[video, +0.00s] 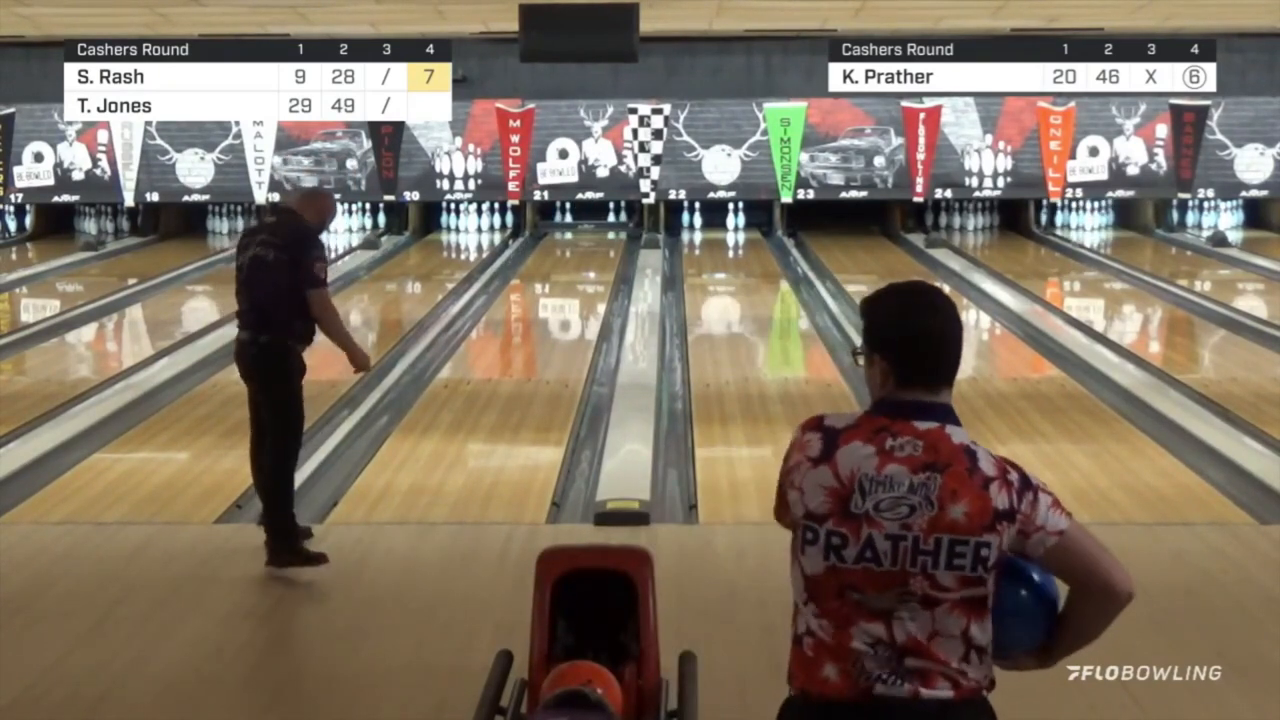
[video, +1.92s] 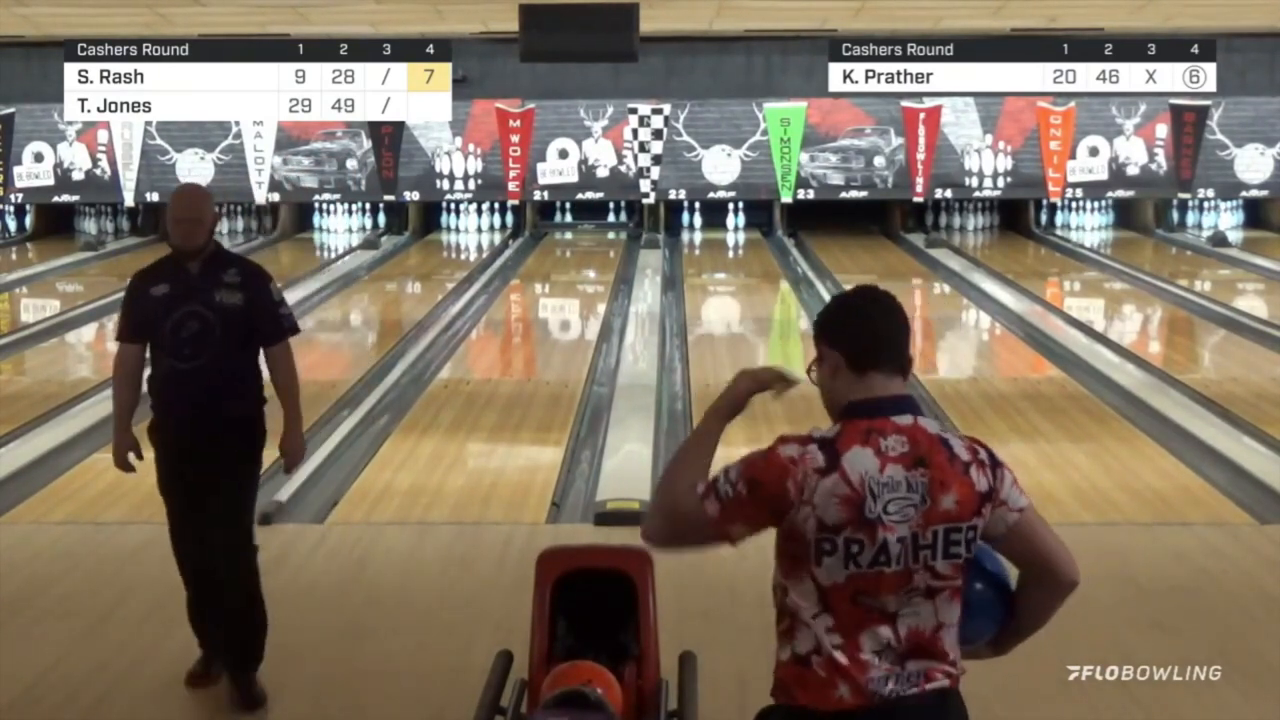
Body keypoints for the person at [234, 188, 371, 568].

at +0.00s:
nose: (324, 227)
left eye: (327, 221)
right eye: (325, 220)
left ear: (297, 204)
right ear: (315, 208)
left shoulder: (255, 231)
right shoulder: (306, 241)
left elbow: (251, 294)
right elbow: (320, 306)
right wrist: (352, 349)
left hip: (250, 347)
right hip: (278, 353)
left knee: (265, 439)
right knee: (283, 443)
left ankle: (278, 522)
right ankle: (282, 544)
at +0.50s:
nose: (318, 212)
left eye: (319, 204)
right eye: (314, 203)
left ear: (292, 201)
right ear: (295, 202)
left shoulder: (286, 246)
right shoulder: (268, 251)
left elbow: (291, 320)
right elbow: (265, 331)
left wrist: (310, 374)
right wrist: (289, 389)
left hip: (297, 370)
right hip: (267, 376)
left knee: (318, 448)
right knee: (282, 461)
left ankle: (318, 537)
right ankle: (282, 557)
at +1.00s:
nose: (304, 218)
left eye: (310, 209)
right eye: (297, 209)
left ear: (315, 213)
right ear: (276, 211)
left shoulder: (328, 267)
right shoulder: (241, 267)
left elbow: (348, 330)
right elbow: (224, 332)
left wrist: (368, 383)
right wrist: (235, 387)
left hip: (313, 395)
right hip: (258, 397)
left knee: (315, 492)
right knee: (269, 489)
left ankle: (316, 594)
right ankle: (285, 560)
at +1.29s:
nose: (265, 215)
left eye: (275, 207)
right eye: (259, 205)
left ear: (294, 210)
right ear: (249, 206)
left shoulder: (321, 263)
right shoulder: (228, 264)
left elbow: (351, 326)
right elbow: (200, 327)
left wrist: (362, 382)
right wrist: (172, 386)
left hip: (305, 403)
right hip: (246, 403)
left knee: (311, 506)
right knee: (240, 508)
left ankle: (313, 604)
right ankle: (263, 602)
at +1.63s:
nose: (210, 226)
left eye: (219, 217)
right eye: (202, 218)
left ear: (240, 216)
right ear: (193, 220)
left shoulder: (274, 273)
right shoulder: (184, 281)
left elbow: (302, 343)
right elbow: (178, 349)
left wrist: (296, 402)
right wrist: (161, 410)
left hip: (265, 420)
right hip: (204, 422)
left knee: (285, 518)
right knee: (207, 538)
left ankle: (306, 593)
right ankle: (215, 645)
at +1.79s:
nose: (191, 227)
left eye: (200, 218)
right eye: (183, 218)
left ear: (220, 216)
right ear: (173, 220)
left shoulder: (257, 275)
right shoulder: (161, 281)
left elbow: (282, 353)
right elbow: (151, 358)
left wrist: (287, 423)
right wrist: (141, 428)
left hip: (247, 428)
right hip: (185, 431)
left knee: (261, 534)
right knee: (197, 548)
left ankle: (275, 605)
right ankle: (215, 648)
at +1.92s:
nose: (186, 229)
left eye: (195, 220)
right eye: (178, 220)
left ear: (215, 219)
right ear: (165, 221)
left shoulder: (248, 279)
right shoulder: (146, 284)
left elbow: (279, 354)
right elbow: (129, 359)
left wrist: (293, 424)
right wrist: (121, 426)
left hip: (236, 432)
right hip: (174, 434)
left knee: (232, 548)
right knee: (190, 549)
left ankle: (244, 666)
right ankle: (211, 648)